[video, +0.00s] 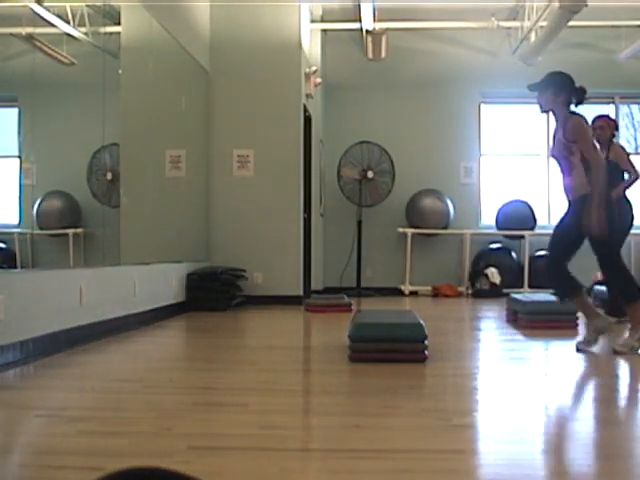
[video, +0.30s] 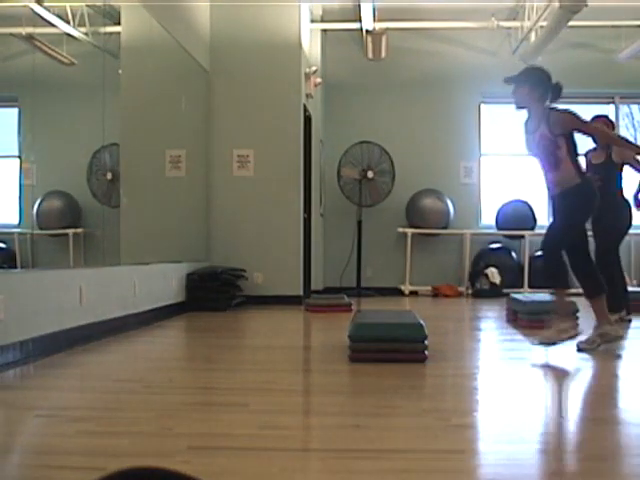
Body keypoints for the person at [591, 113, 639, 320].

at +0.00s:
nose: (599, 132)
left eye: (603, 128)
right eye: (596, 128)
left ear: (612, 131)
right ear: (592, 131)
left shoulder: (616, 151)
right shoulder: (593, 152)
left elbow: (634, 174)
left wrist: (620, 189)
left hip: (618, 204)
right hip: (601, 204)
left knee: (611, 253)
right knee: (606, 254)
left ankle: (624, 300)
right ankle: (615, 303)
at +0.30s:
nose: (598, 132)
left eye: (602, 127)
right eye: (594, 128)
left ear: (610, 130)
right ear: (590, 131)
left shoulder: (618, 151)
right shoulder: (590, 156)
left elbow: (638, 167)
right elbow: (588, 179)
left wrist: (636, 195)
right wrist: (587, 182)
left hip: (617, 206)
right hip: (597, 207)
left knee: (606, 255)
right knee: (607, 257)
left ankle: (618, 308)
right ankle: (619, 307)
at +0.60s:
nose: (593, 130)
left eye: (597, 126)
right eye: (590, 127)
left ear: (607, 127)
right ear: (587, 130)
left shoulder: (613, 148)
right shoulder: (586, 150)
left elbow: (609, 168)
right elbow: (565, 170)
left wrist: (588, 161)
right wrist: (548, 164)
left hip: (611, 209)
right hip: (589, 208)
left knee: (611, 259)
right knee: (566, 237)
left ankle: (617, 312)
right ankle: (584, 283)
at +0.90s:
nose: (568, 125)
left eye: (571, 120)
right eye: (564, 122)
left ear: (579, 121)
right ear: (561, 124)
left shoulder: (589, 140)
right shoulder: (560, 145)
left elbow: (597, 158)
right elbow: (542, 160)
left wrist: (574, 166)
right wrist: (532, 161)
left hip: (593, 201)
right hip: (571, 200)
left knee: (593, 251)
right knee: (553, 235)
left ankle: (610, 305)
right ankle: (552, 288)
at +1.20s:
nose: (552, 115)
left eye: (556, 111)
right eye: (549, 111)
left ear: (567, 111)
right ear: (546, 113)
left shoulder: (585, 128)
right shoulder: (547, 136)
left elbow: (607, 144)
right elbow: (549, 161)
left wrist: (606, 171)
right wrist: (548, 182)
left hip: (586, 186)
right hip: (562, 188)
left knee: (566, 229)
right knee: (556, 233)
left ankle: (557, 284)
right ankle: (552, 284)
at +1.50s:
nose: (560, 111)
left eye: (564, 107)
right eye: (559, 107)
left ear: (576, 107)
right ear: (562, 109)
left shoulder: (593, 124)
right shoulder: (563, 130)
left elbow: (603, 131)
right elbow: (539, 138)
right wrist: (518, 132)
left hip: (595, 189)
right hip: (573, 190)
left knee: (584, 235)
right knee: (561, 237)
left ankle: (597, 290)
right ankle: (552, 288)